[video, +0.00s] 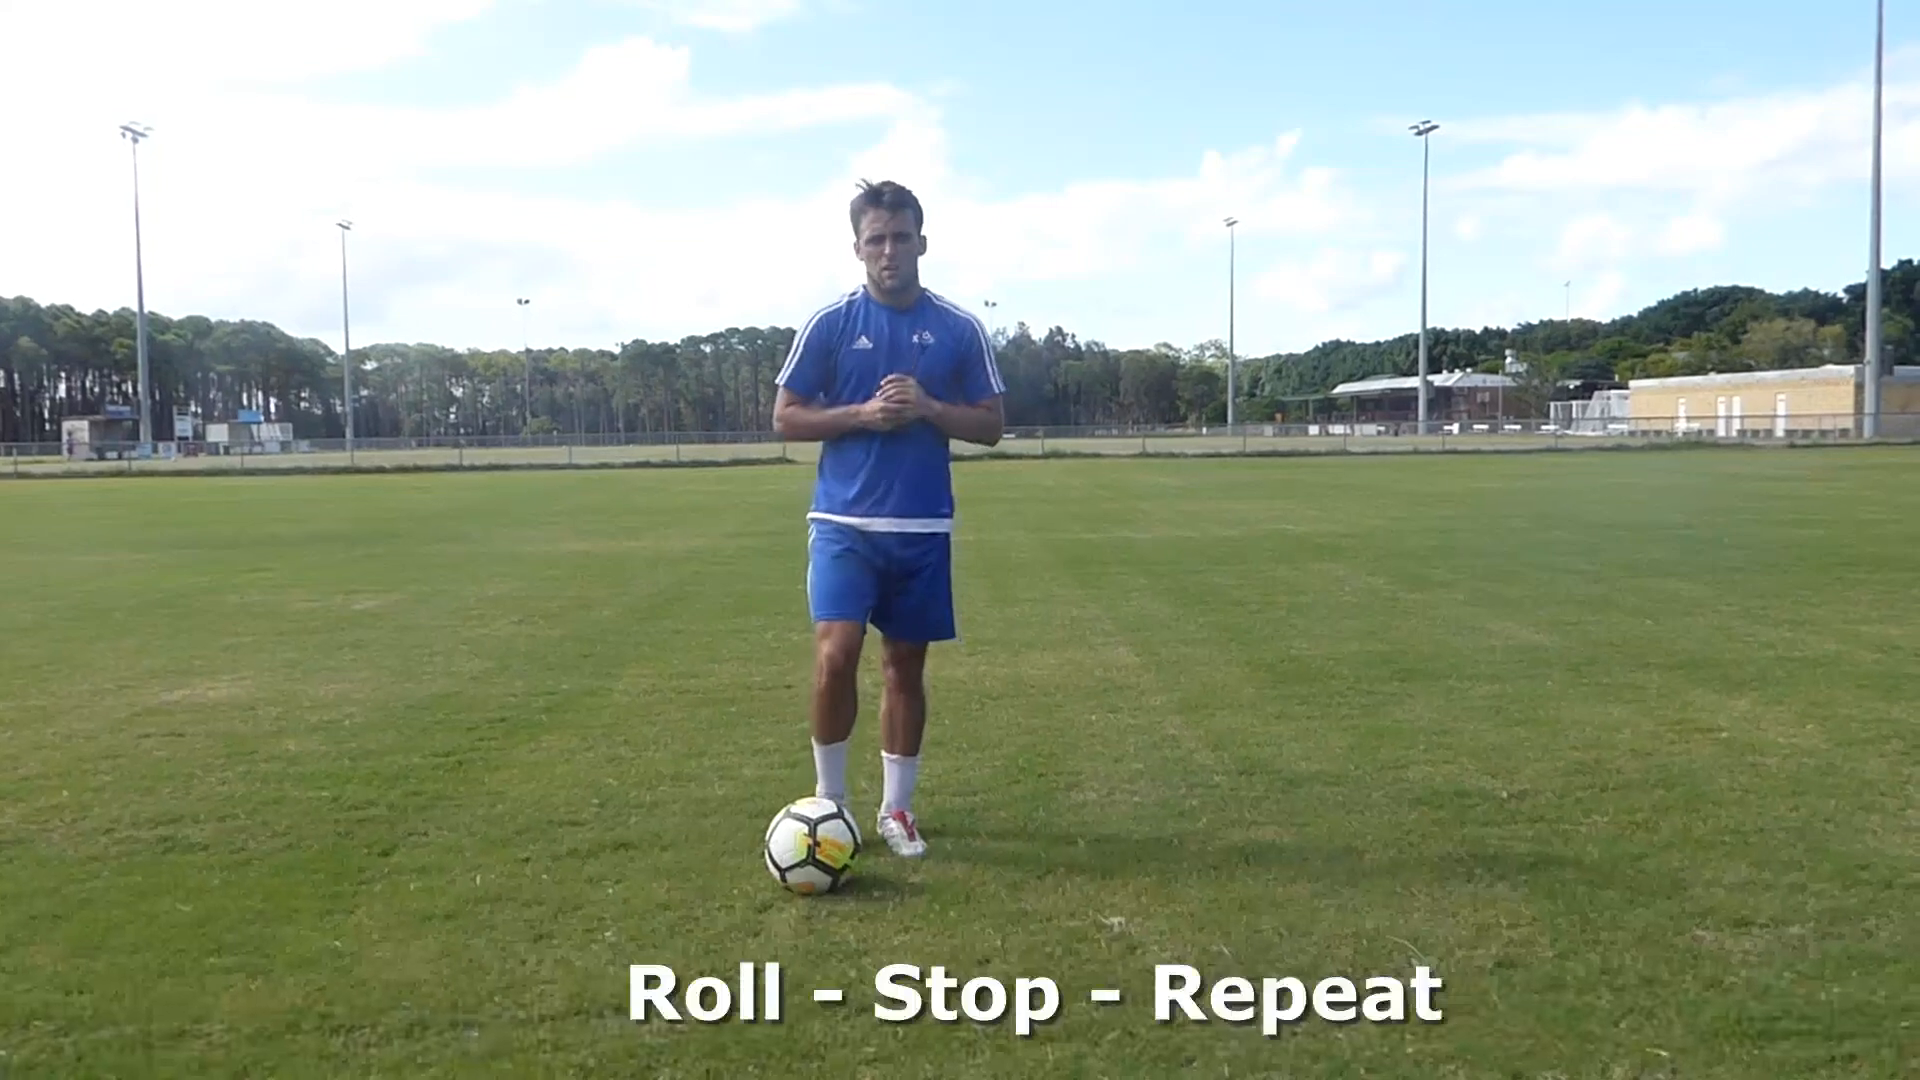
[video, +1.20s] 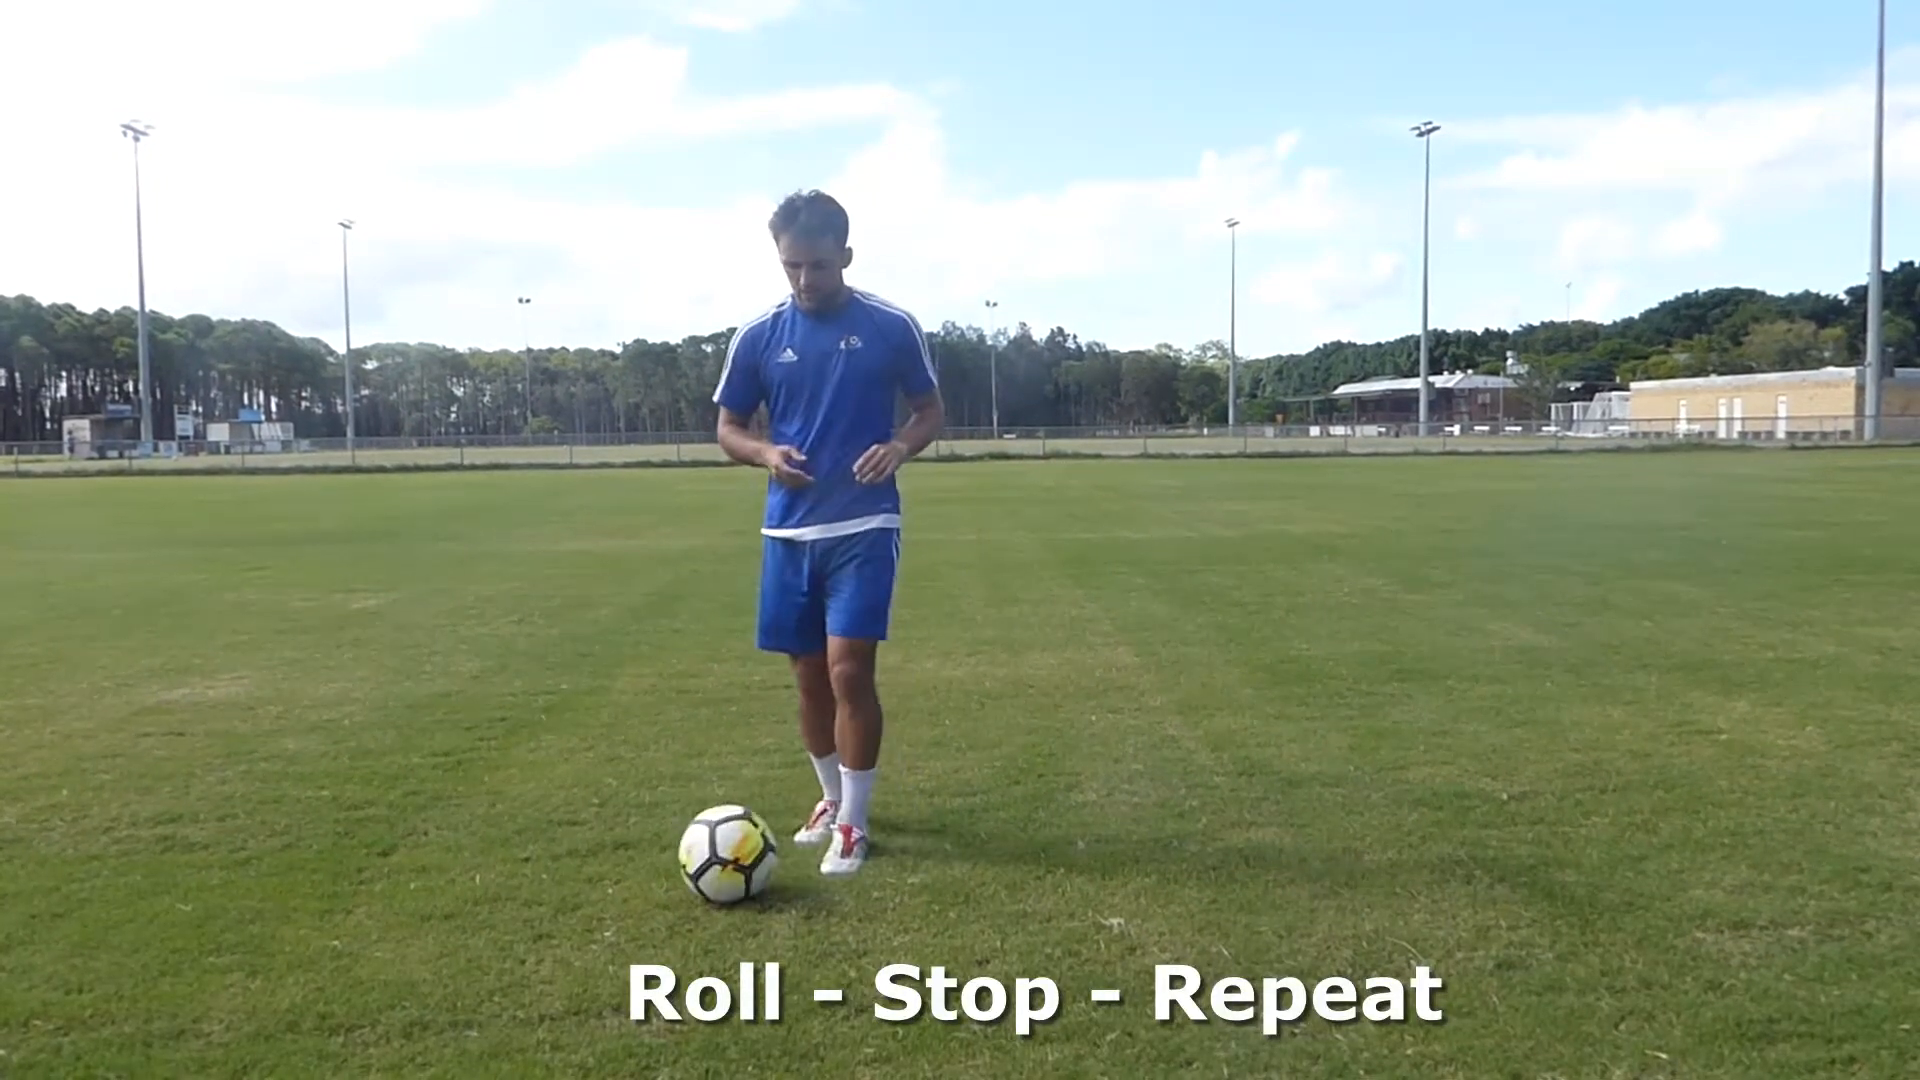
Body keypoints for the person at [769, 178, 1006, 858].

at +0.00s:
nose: (887, 252)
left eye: (900, 239)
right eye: (875, 241)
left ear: (920, 243)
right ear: (858, 249)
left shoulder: (960, 329)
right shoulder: (829, 325)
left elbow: (991, 424)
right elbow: (787, 417)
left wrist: (927, 406)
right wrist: (860, 414)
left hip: (920, 529)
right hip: (841, 524)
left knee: (905, 671)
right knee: (834, 659)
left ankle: (897, 811)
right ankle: (829, 804)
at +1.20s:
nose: (804, 280)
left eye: (817, 265)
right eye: (791, 266)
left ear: (845, 254)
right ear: (777, 258)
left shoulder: (891, 328)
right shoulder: (759, 337)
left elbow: (930, 413)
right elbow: (727, 429)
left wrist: (900, 445)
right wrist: (765, 451)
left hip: (862, 527)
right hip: (789, 532)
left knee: (849, 673)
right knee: (810, 678)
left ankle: (852, 823)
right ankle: (835, 799)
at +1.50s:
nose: (816, 272)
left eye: (829, 257)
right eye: (804, 256)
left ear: (859, 247)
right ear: (790, 248)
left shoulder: (899, 326)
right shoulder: (768, 323)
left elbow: (939, 422)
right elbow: (744, 405)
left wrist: (889, 457)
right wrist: (749, 447)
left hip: (857, 534)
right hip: (776, 524)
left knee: (851, 678)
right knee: (729, 637)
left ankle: (849, 825)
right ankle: (770, 783)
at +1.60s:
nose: (813, 270)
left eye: (826, 253)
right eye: (801, 254)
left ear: (859, 242)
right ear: (789, 245)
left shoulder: (899, 326)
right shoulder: (769, 321)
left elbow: (939, 422)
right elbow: (748, 401)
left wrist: (886, 454)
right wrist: (749, 450)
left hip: (855, 533)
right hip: (772, 521)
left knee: (850, 676)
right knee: (724, 633)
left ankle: (849, 826)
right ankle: (719, 807)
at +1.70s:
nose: (811, 265)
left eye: (825, 249)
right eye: (800, 250)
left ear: (856, 240)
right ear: (786, 242)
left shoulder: (897, 324)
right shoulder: (765, 321)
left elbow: (936, 422)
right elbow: (746, 402)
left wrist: (885, 451)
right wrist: (745, 449)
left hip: (850, 534)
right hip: (767, 521)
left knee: (847, 678)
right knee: (726, 641)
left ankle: (849, 825)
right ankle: (706, 811)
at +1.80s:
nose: (807, 265)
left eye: (821, 250)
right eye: (796, 249)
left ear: (851, 241)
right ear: (781, 241)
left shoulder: (892, 324)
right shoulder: (757, 320)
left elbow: (931, 419)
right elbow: (732, 403)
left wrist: (888, 447)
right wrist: (733, 448)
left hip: (845, 535)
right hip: (761, 527)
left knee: (844, 680)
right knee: (727, 660)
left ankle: (848, 825)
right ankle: (733, 809)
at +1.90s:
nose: (801, 265)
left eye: (814, 250)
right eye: (790, 250)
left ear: (844, 243)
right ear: (775, 241)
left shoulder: (884, 328)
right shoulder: (744, 321)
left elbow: (921, 415)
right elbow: (708, 405)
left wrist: (891, 447)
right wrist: (713, 445)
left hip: (840, 537)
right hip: (755, 533)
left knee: (839, 679)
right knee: (738, 677)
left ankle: (848, 828)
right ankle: (751, 820)